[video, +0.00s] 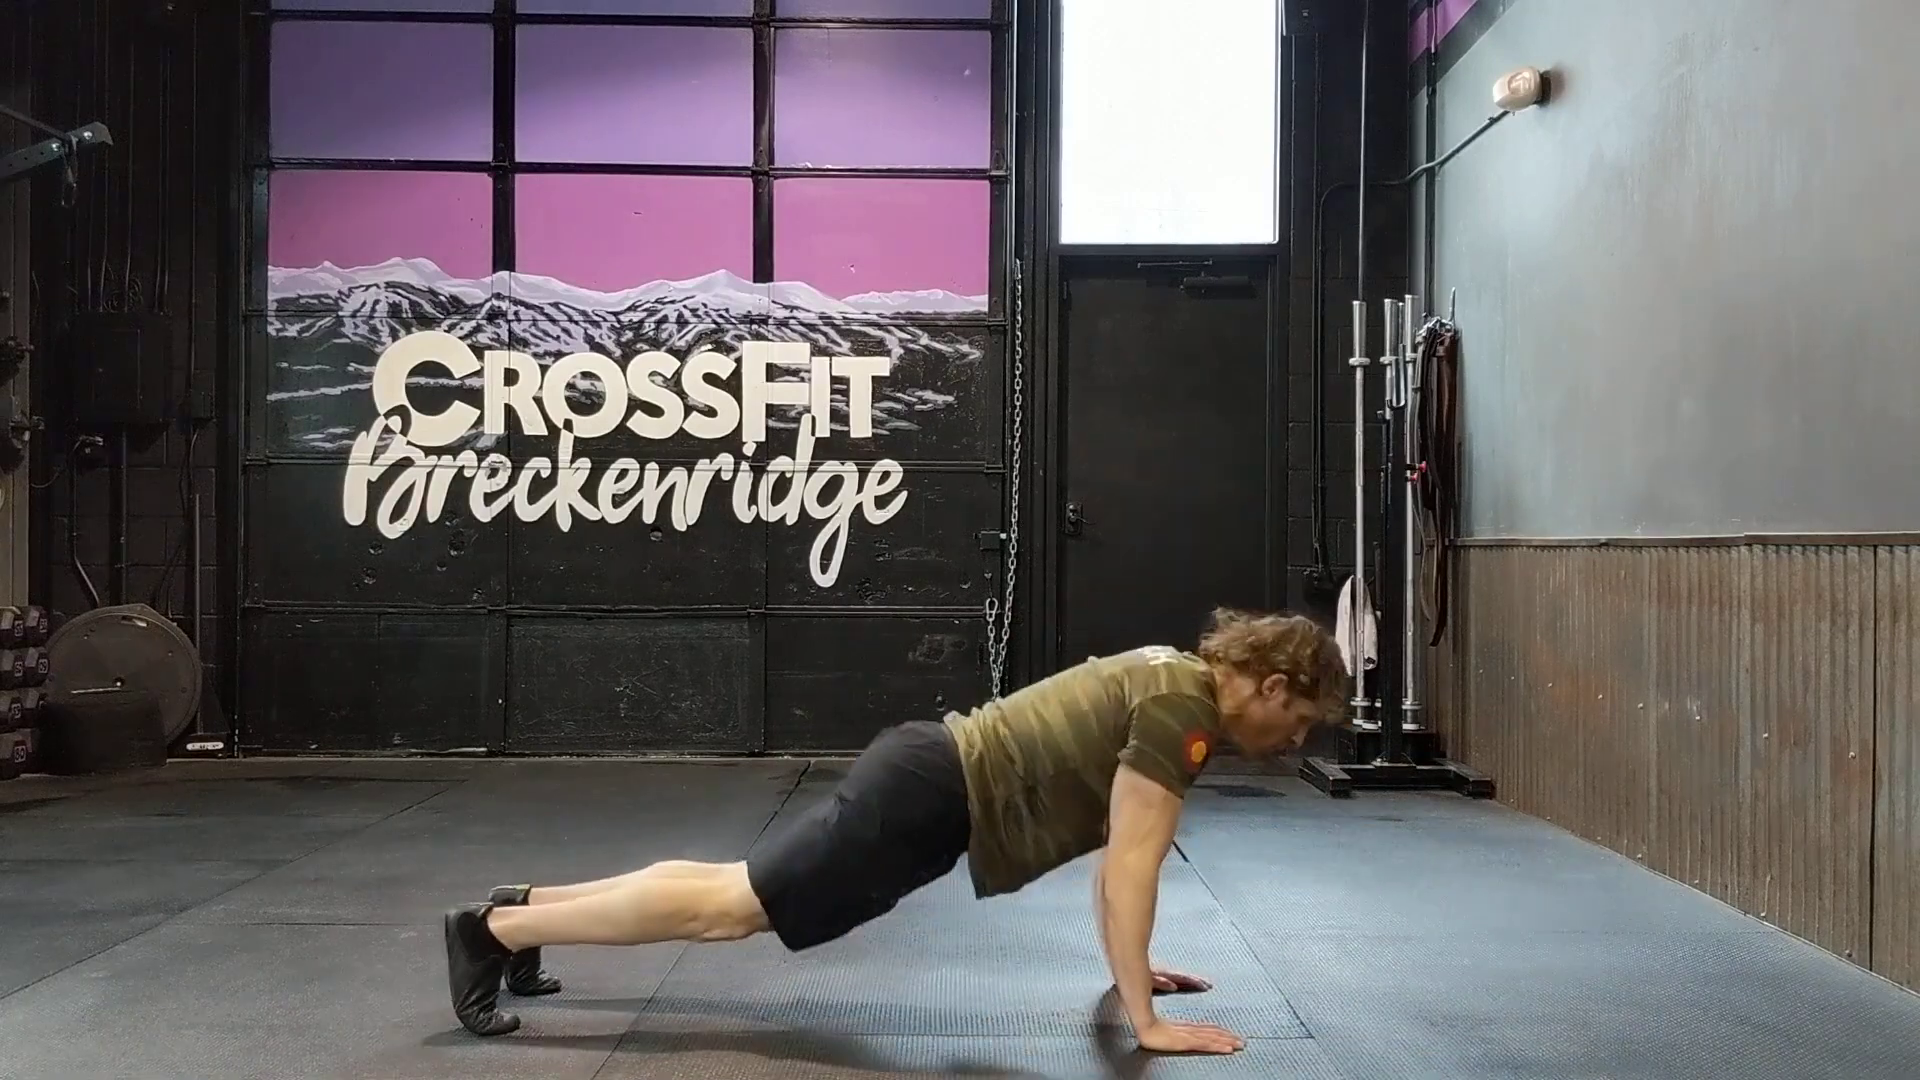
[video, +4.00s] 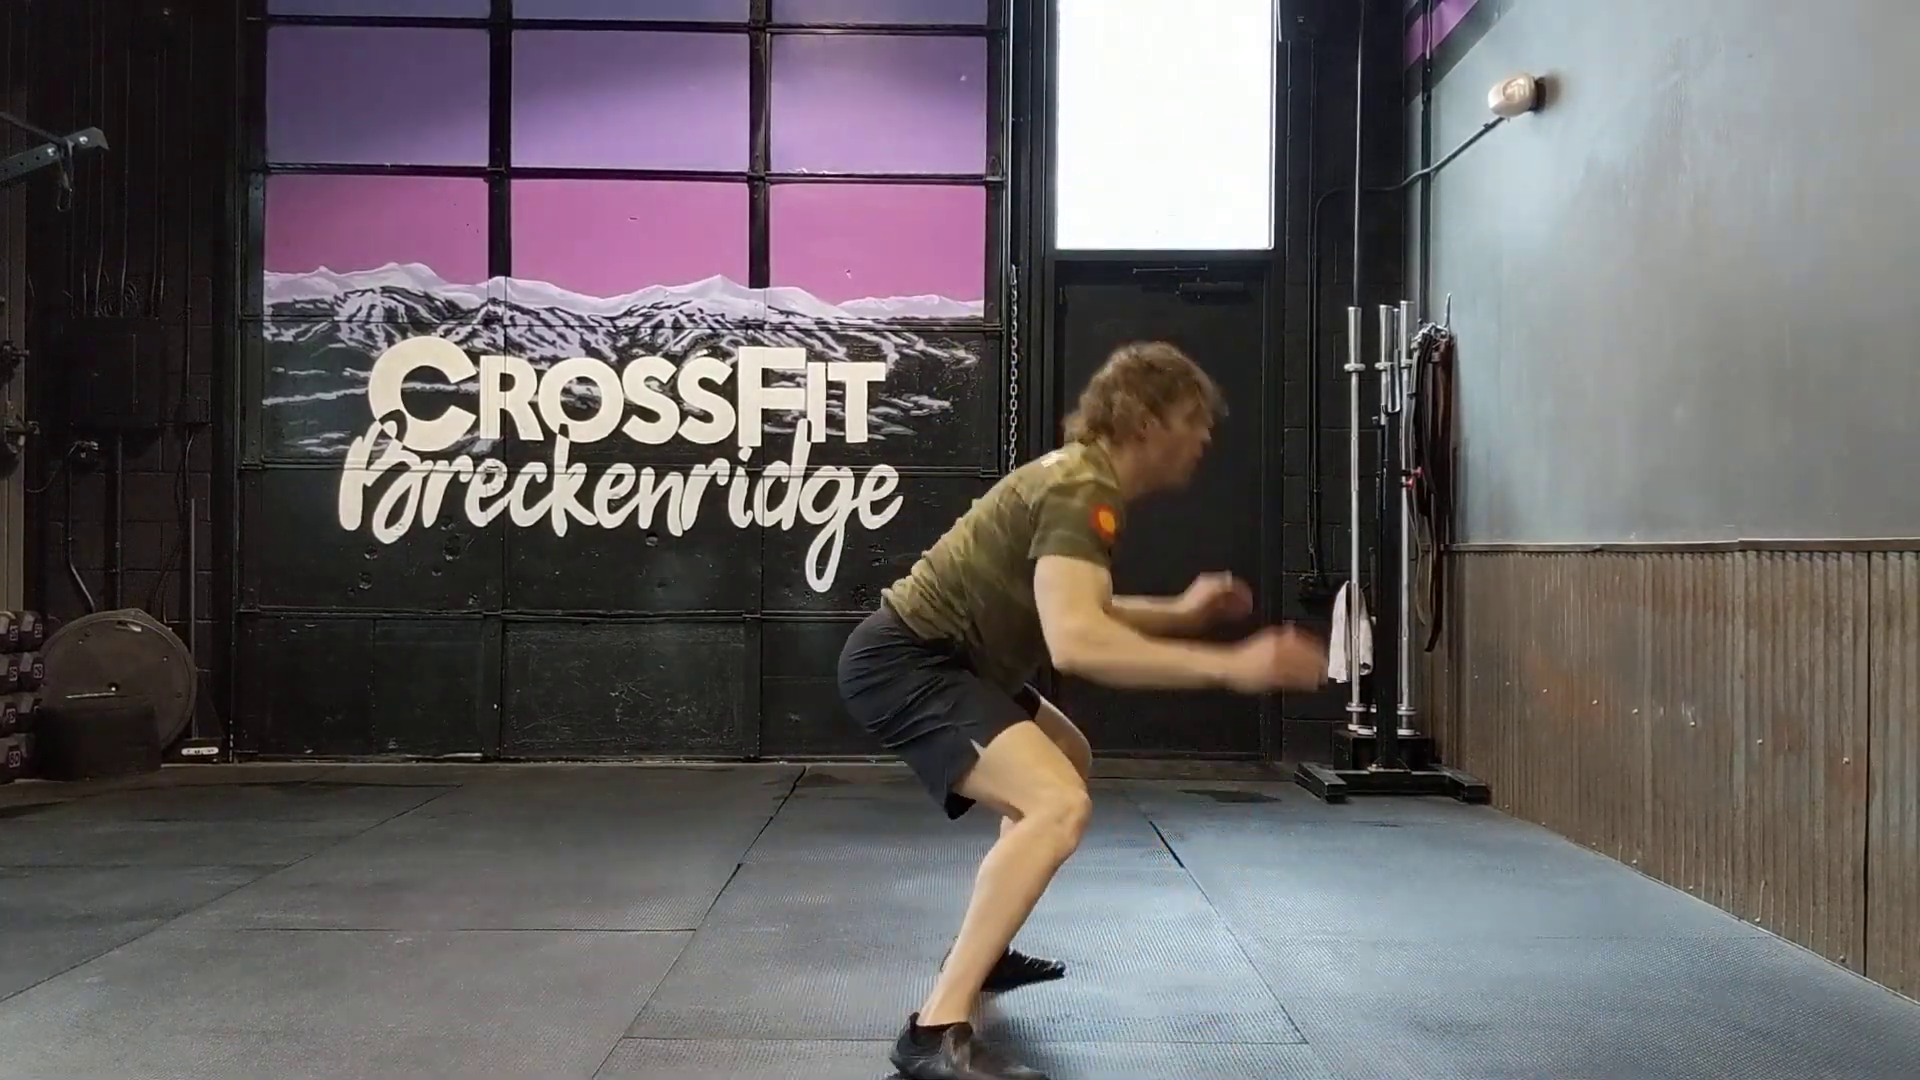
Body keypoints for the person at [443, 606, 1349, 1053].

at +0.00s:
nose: (1295, 740)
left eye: (1304, 727)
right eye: (1300, 721)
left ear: (1259, 677)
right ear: (1268, 686)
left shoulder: (1177, 697)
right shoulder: (1171, 701)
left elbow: (1127, 850)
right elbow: (1128, 863)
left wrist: (1132, 965)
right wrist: (1143, 1014)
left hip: (930, 777)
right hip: (930, 794)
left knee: (741, 889)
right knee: (731, 908)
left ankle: (527, 911)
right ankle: (497, 929)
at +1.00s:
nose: (1116, 181)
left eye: (1119, 162)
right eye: (1112, 161)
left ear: (1049, 150)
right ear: (1074, 156)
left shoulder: (1032, 219)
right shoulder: (1030, 216)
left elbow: (1099, 145)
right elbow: (1160, 152)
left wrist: (1110, 66)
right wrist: (1158, 30)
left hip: (1011, 490)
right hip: (985, 486)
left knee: (996, 709)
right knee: (994, 713)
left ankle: (974, 897)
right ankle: (957, 954)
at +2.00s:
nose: (1254, 606)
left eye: (1266, 593)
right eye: (1261, 586)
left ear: (1224, 541)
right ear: (1228, 546)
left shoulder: (1143, 542)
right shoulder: (1145, 553)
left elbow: (1101, 726)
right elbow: (1110, 738)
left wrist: (1123, 865)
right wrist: (1145, 894)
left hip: (901, 566)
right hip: (892, 569)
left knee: (993, 768)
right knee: (994, 773)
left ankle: (934, 963)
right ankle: (906, 1004)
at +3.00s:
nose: (1340, 798)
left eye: (1347, 783)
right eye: (1341, 781)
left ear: (1288, 743)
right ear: (1303, 765)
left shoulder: (1207, 768)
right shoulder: (1210, 799)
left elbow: (1101, 873)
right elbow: (1102, 889)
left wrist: (1133, 978)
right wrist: (1127, 1028)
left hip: (960, 824)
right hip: (961, 856)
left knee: (744, 896)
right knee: (723, 947)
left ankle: (545, 898)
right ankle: (485, 946)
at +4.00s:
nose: (1203, 447)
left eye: (1205, 432)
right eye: (1197, 429)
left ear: (1138, 424)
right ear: (1149, 424)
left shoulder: (1088, 481)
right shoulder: (1076, 488)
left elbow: (1082, 603)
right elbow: (1077, 643)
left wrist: (1181, 611)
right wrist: (1231, 665)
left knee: (1066, 755)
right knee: (1057, 805)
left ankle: (983, 952)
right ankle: (936, 1029)